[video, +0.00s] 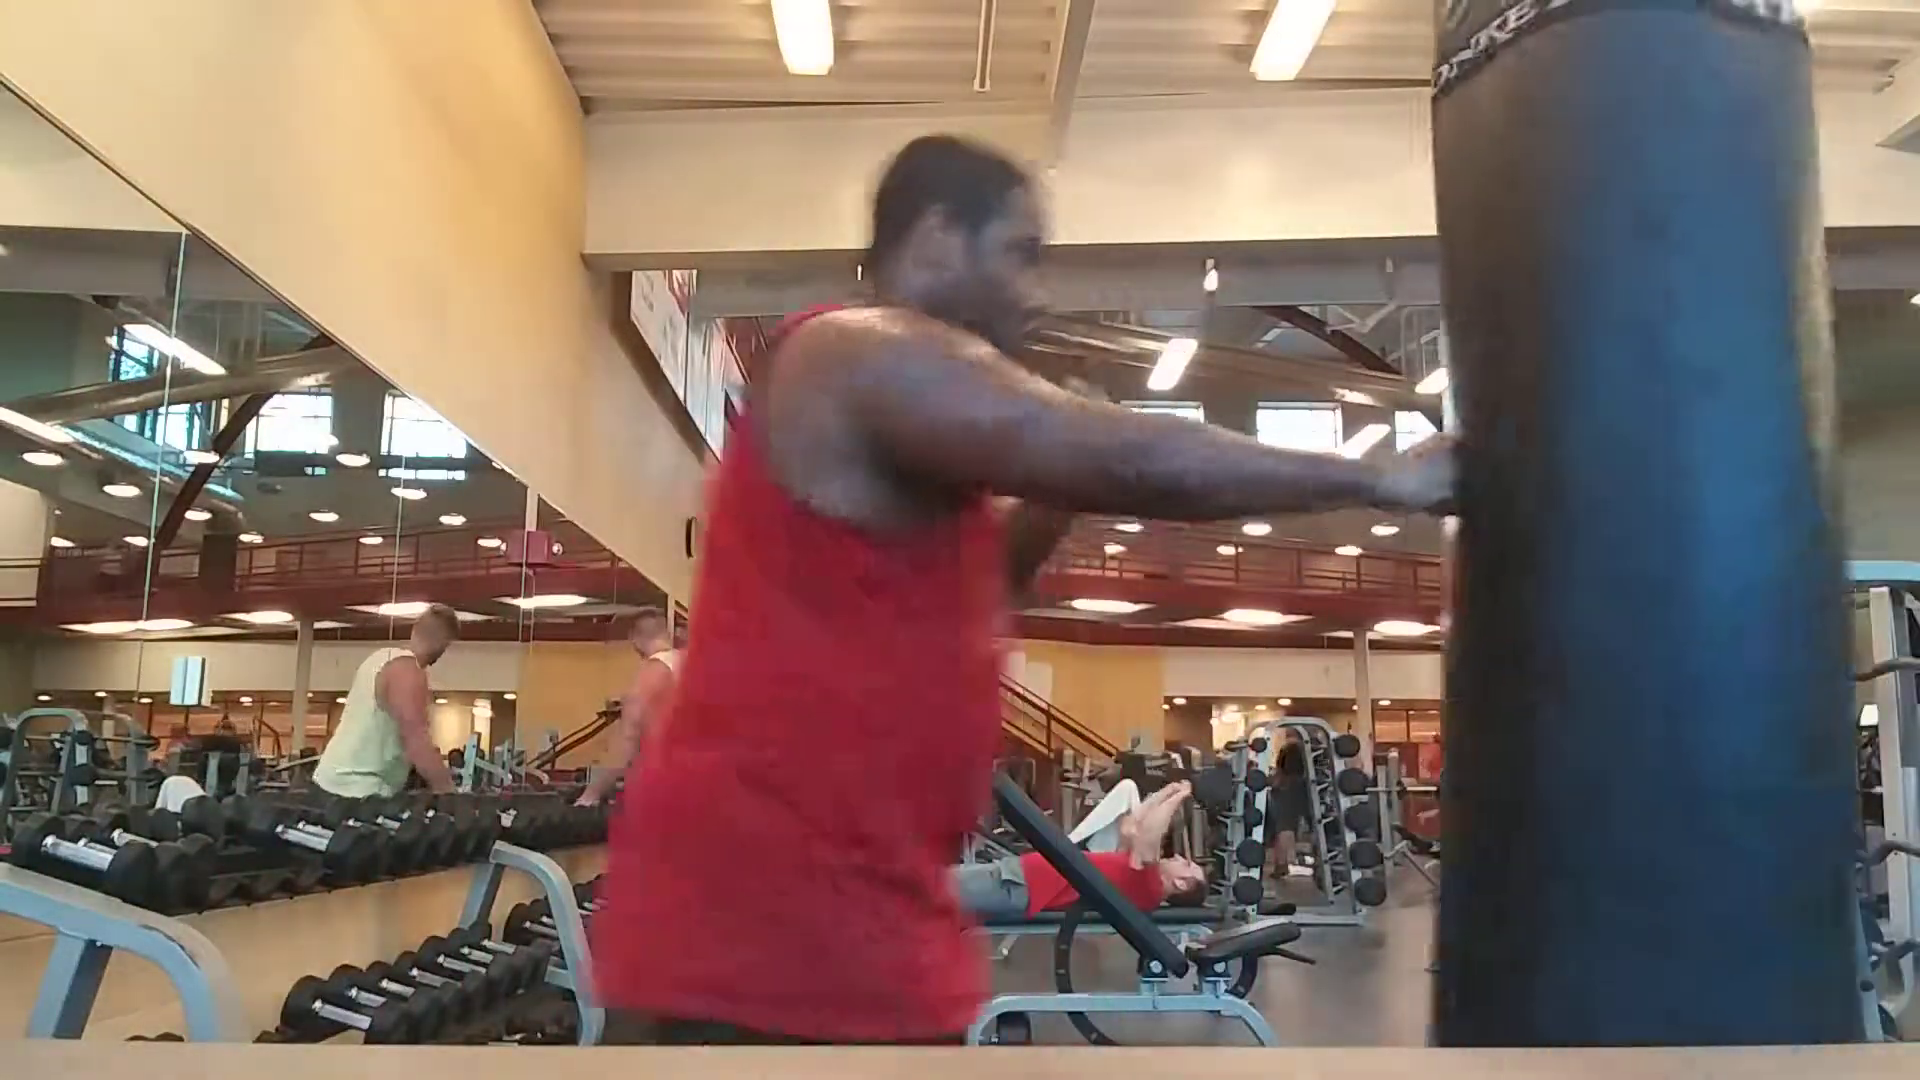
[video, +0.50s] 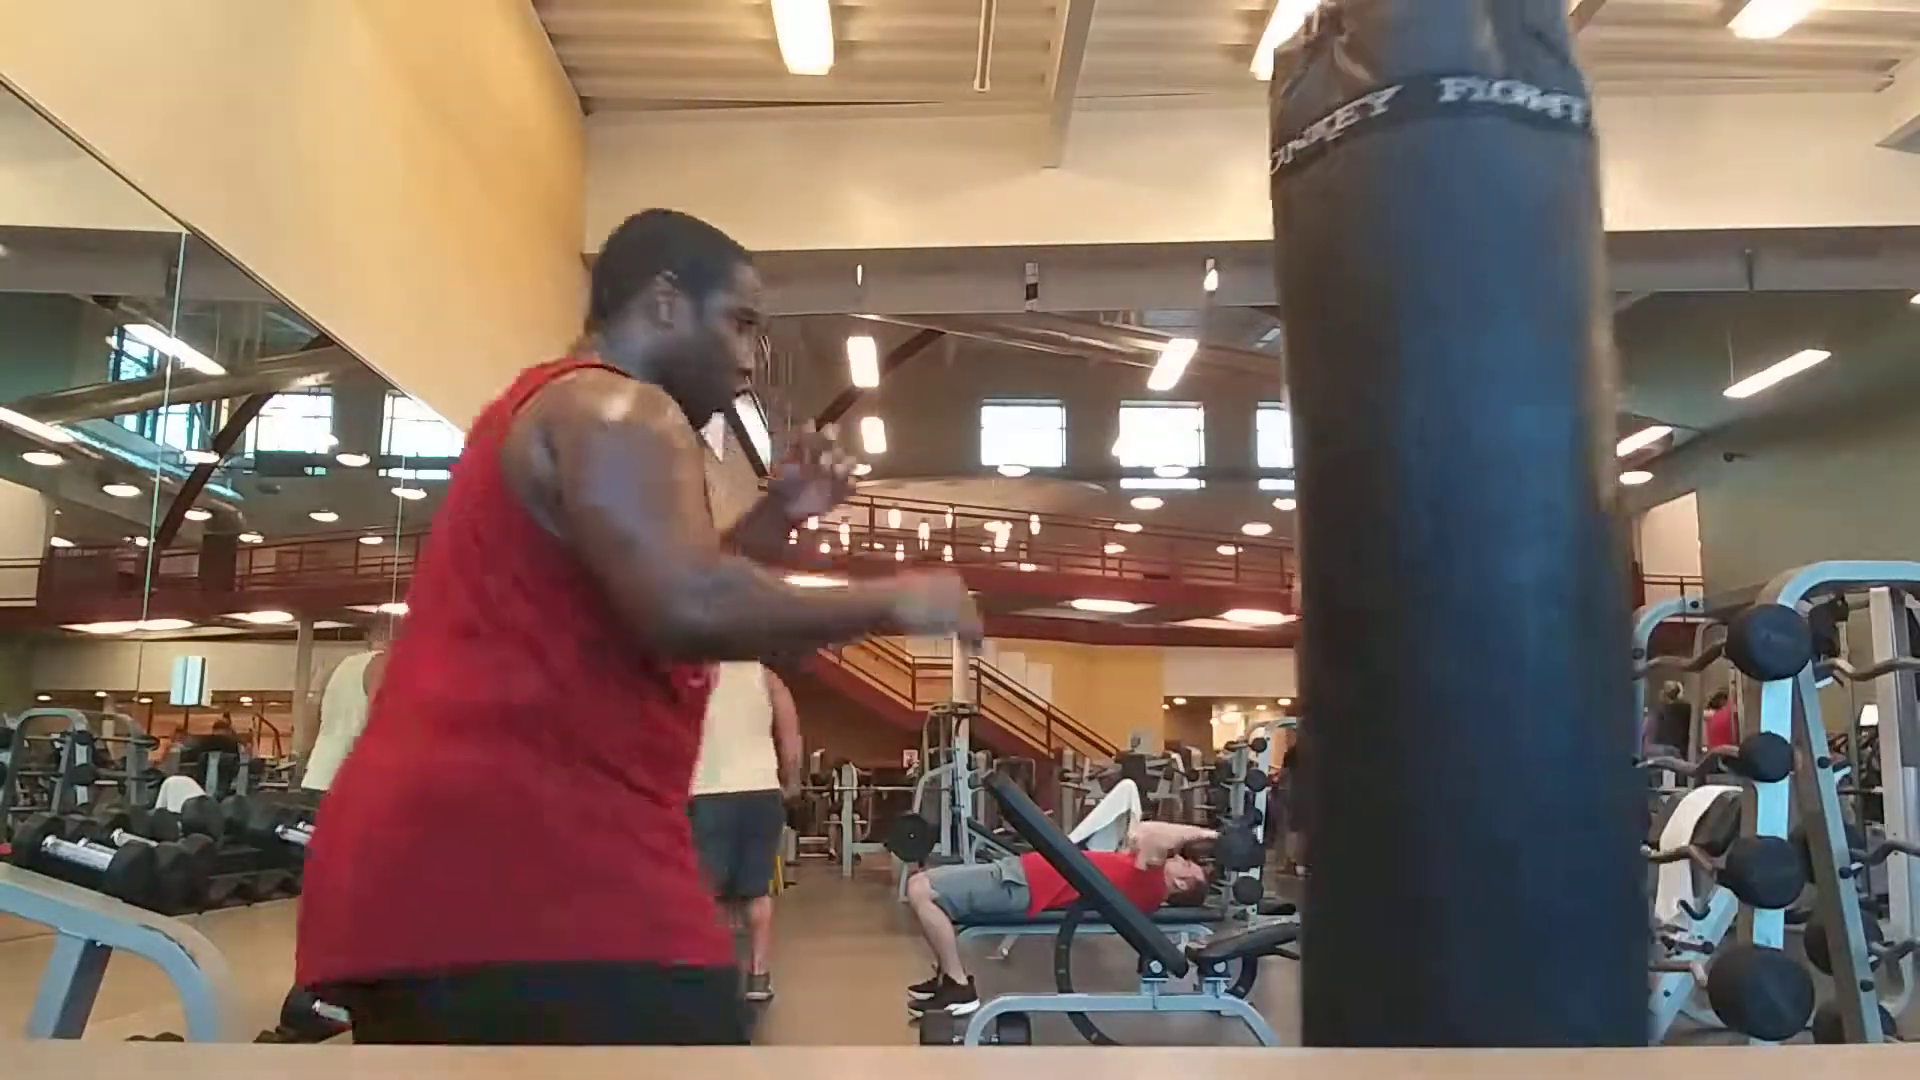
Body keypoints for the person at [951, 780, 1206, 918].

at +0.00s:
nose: (1185, 860)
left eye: (1190, 868)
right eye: (1190, 861)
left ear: (1179, 883)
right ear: (1177, 875)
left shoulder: (1148, 890)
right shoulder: (1137, 875)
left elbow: (1146, 835)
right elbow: (1128, 828)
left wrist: (1175, 800)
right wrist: (1162, 797)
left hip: (1019, 886)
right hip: (1015, 873)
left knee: (930, 892)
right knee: (931, 886)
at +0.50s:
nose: (1186, 863)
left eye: (1191, 871)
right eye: (1191, 863)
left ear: (1182, 885)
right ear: (1181, 860)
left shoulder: (1149, 888)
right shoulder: (1144, 875)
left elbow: (1146, 835)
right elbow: (1141, 834)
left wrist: (1205, 833)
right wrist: (1200, 832)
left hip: (1024, 886)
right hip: (1018, 871)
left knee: (921, 891)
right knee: (920, 881)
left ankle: (958, 985)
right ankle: (944, 977)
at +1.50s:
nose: (1172, 859)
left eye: (1179, 861)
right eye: (1178, 858)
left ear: (1179, 877)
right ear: (1173, 863)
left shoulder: (1149, 884)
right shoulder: (1145, 874)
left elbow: (1156, 822)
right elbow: (1140, 824)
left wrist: (1185, 798)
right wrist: (1181, 796)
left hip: (1025, 884)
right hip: (1021, 873)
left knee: (922, 888)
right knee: (923, 881)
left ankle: (960, 984)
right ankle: (945, 976)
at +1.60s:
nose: (1180, 858)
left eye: (1186, 865)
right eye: (1187, 860)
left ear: (1182, 882)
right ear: (1177, 870)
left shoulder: (1148, 885)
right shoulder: (1138, 867)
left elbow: (1159, 822)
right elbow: (1142, 819)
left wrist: (1182, 789)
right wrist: (1171, 784)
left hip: (1023, 886)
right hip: (1016, 870)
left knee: (923, 889)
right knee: (921, 880)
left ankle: (959, 984)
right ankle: (946, 976)